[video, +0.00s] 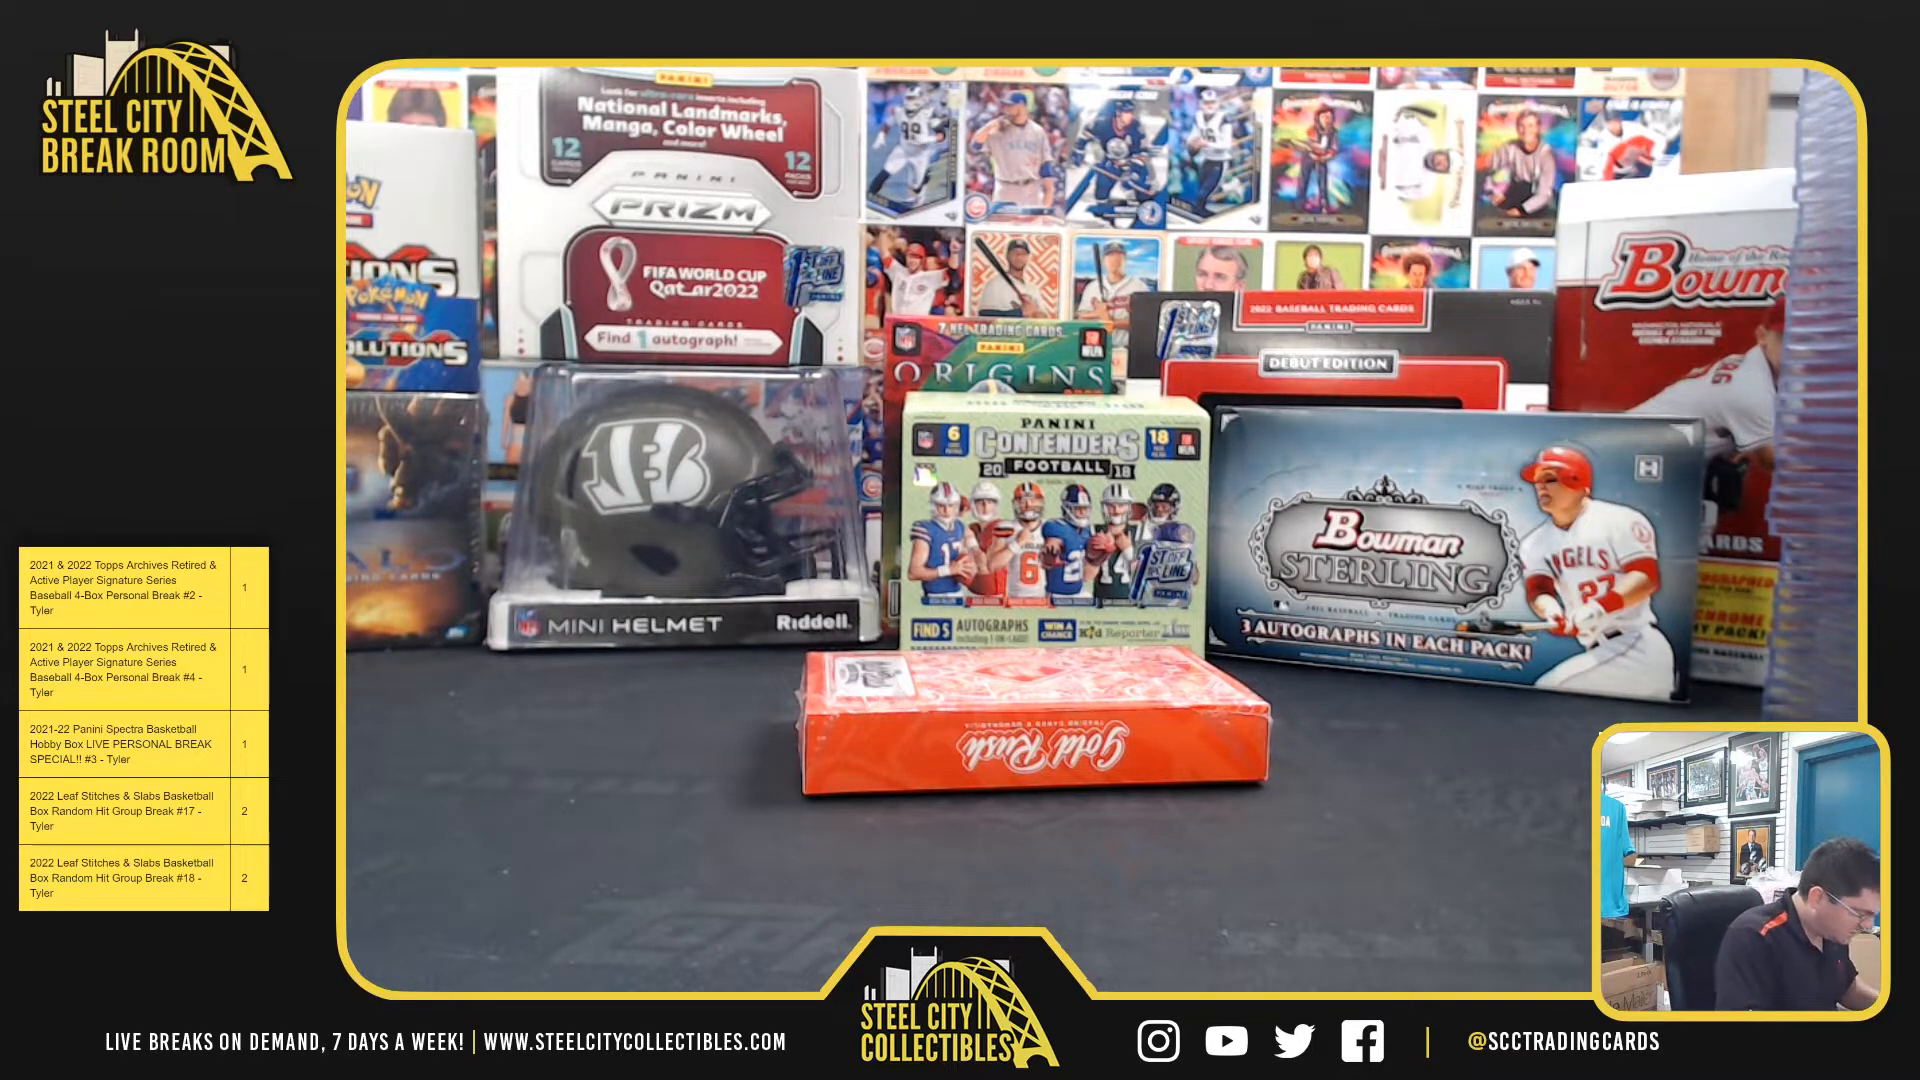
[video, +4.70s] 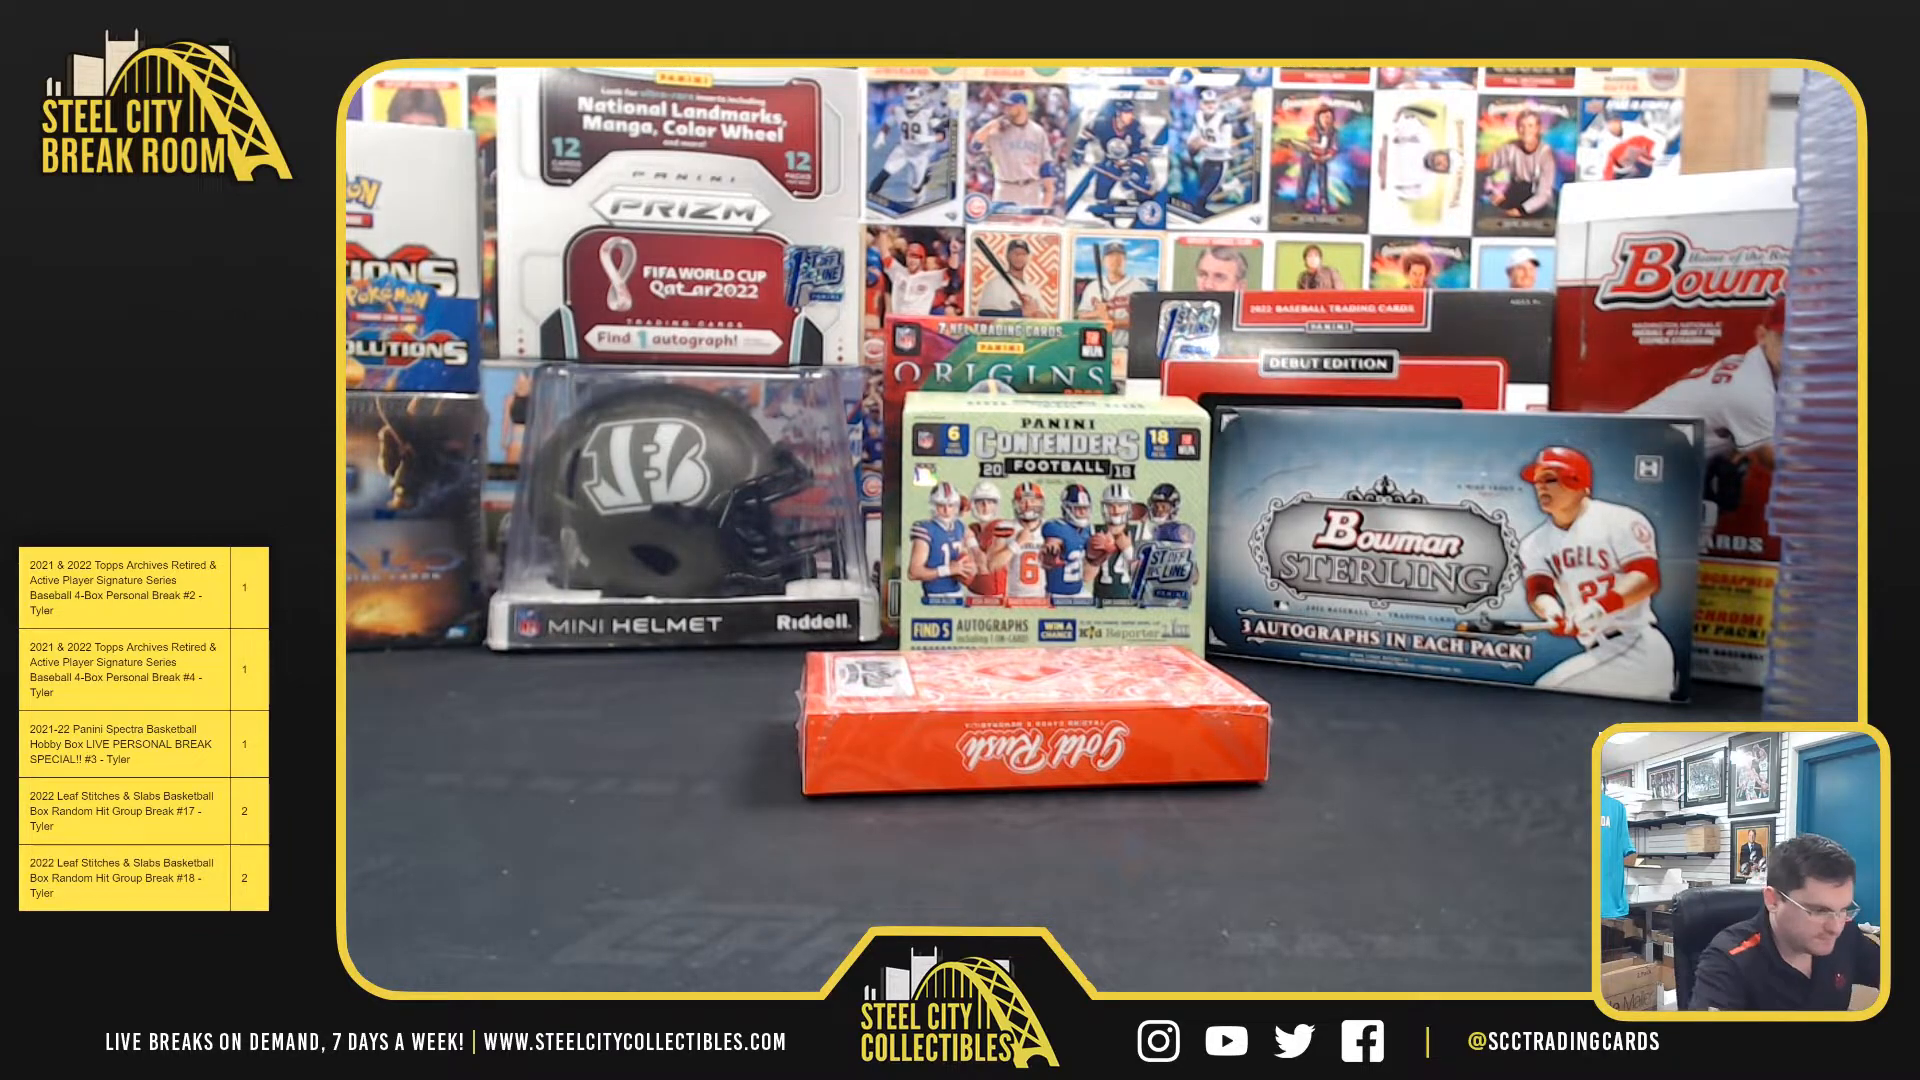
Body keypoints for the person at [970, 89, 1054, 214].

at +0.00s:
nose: (1006, 110)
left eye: (1010, 106)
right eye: (1005, 106)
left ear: (1022, 107)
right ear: (1004, 107)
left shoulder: (1038, 132)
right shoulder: (997, 129)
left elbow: (1046, 166)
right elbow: (974, 146)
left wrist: (1048, 198)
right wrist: (992, 126)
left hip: (1032, 186)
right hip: (1005, 186)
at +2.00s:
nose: (1006, 110)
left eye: (1010, 106)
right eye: (1006, 106)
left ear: (1022, 107)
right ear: (1004, 107)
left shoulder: (1038, 132)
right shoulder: (997, 129)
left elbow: (1046, 166)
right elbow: (974, 147)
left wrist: (1048, 199)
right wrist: (989, 128)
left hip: (1031, 186)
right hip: (1005, 186)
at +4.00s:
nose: (1006, 110)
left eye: (1010, 106)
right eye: (1005, 106)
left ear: (1022, 107)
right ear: (1004, 107)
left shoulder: (1038, 132)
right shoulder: (996, 129)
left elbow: (1046, 166)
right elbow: (974, 148)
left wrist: (1048, 198)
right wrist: (991, 127)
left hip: (1032, 186)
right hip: (1005, 186)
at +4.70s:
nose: (1006, 110)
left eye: (1010, 106)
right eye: (1005, 106)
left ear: (1022, 107)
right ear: (1004, 107)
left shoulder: (1038, 132)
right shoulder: (996, 129)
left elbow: (1046, 166)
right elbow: (974, 148)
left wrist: (1048, 198)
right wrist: (990, 127)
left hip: (1031, 186)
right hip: (1005, 186)